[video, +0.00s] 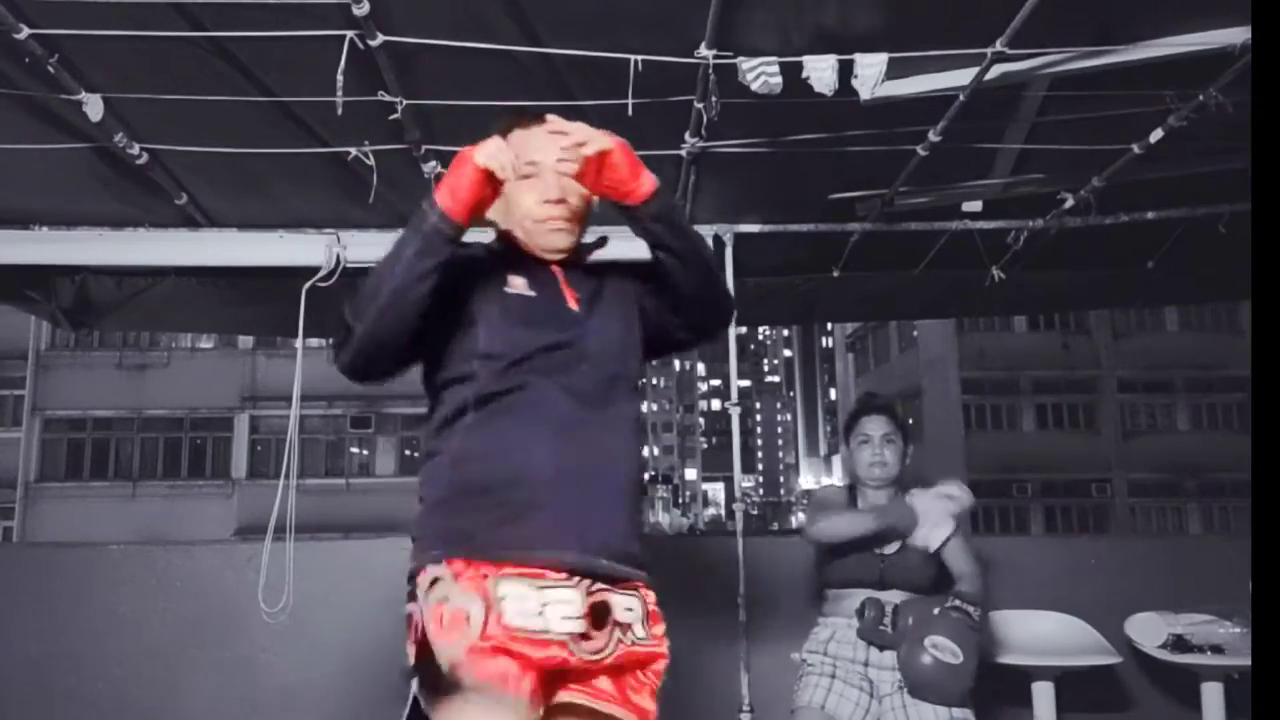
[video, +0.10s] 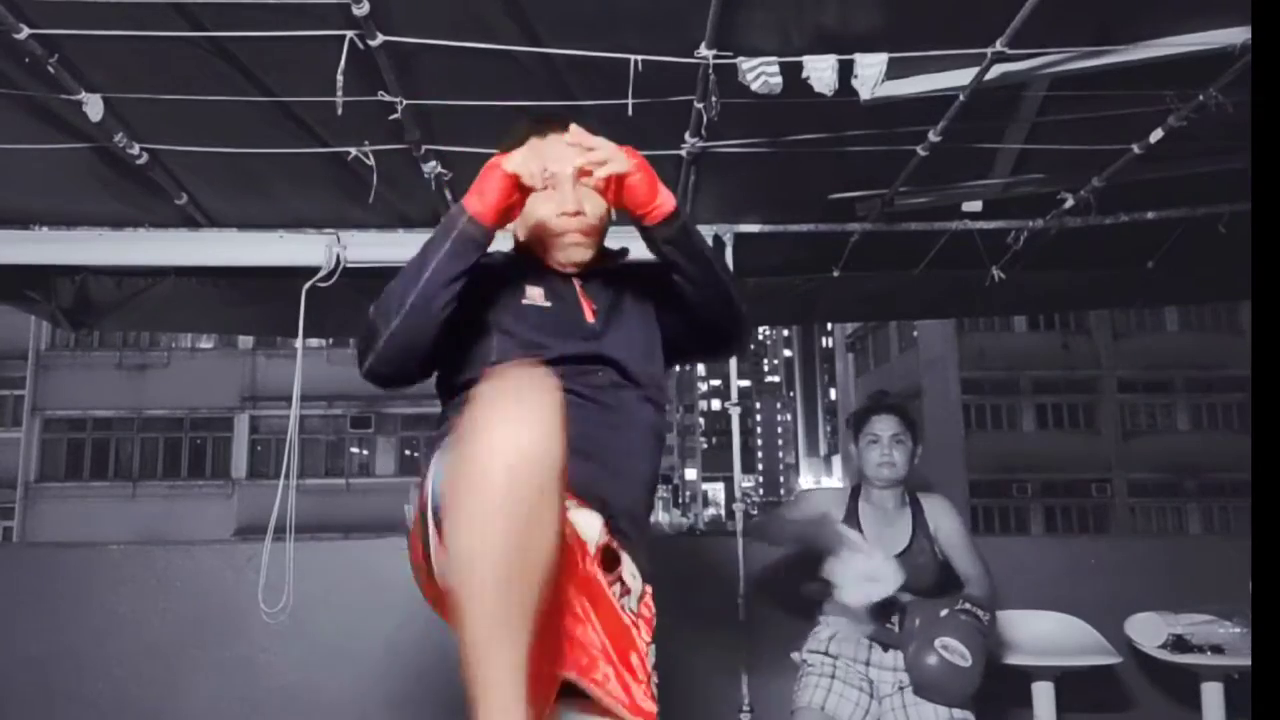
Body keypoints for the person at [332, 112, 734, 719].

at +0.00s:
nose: (556, 190)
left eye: (571, 171)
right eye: (530, 173)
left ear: (594, 192)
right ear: (493, 195)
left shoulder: (625, 294)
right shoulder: (456, 280)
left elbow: (708, 310)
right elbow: (362, 358)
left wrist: (645, 197)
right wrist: (445, 213)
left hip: (612, 590)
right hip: (480, 583)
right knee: (484, 703)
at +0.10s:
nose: (571, 203)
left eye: (589, 180)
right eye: (545, 184)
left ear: (615, 200)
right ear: (512, 206)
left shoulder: (646, 292)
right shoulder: (479, 285)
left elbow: (725, 329)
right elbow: (383, 362)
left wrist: (657, 208)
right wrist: (480, 209)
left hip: (605, 550)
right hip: (482, 513)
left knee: (603, 706)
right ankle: (501, 711)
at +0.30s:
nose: (586, 204)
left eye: (605, 182)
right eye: (561, 183)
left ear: (631, 201)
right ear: (526, 204)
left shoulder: (655, 291)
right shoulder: (490, 277)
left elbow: (723, 356)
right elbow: (405, 356)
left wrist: (678, 225)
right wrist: (497, 202)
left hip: (608, 545)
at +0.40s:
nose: (601, 192)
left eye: (616, 171)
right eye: (574, 171)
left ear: (637, 189)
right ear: (536, 194)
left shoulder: (658, 288)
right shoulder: (497, 269)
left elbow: (732, 353)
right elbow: (400, 368)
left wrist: (680, 221)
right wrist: (491, 217)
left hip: (611, 559)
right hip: (480, 512)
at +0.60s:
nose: (635, 175)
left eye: (638, 153)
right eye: (609, 151)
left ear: (641, 167)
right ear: (554, 163)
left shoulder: (634, 291)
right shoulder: (501, 254)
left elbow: (700, 392)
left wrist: (697, 269)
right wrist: (545, 118)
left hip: (593, 592)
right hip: (476, 586)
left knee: (626, 703)